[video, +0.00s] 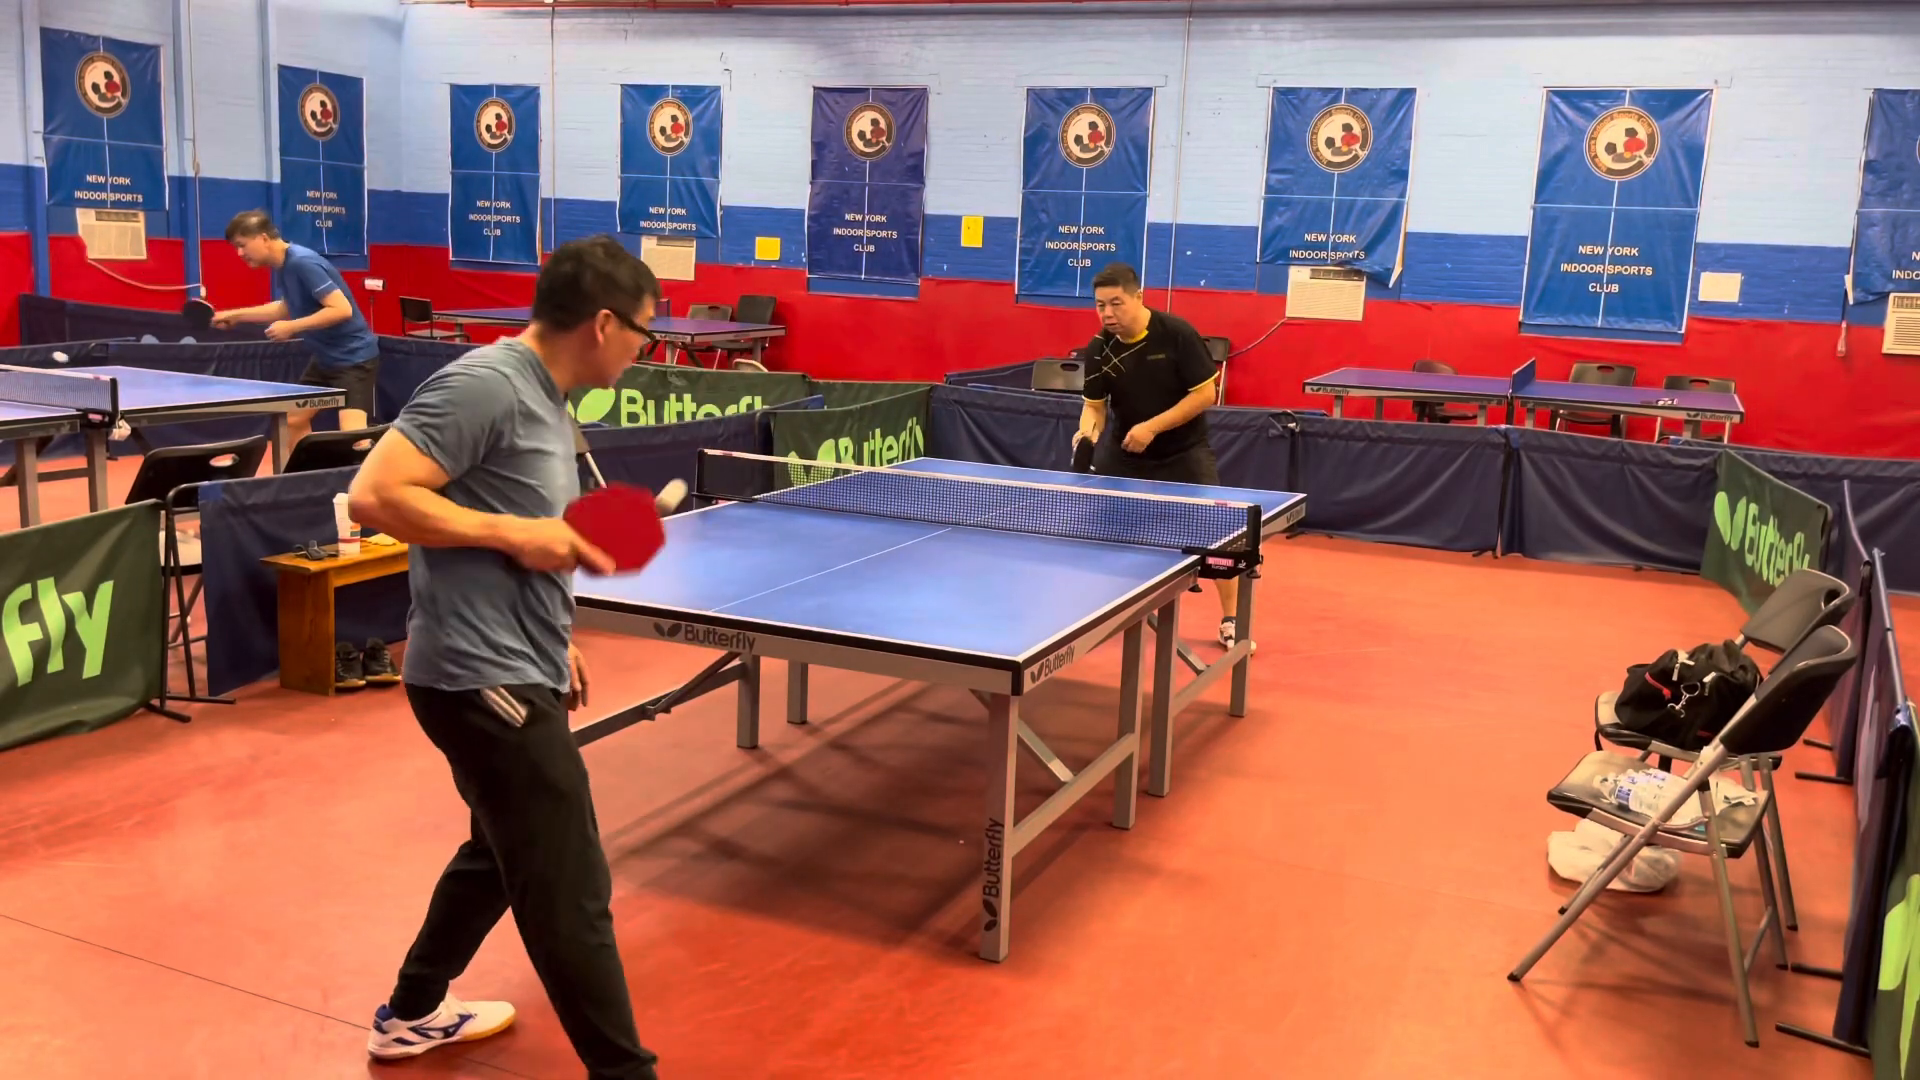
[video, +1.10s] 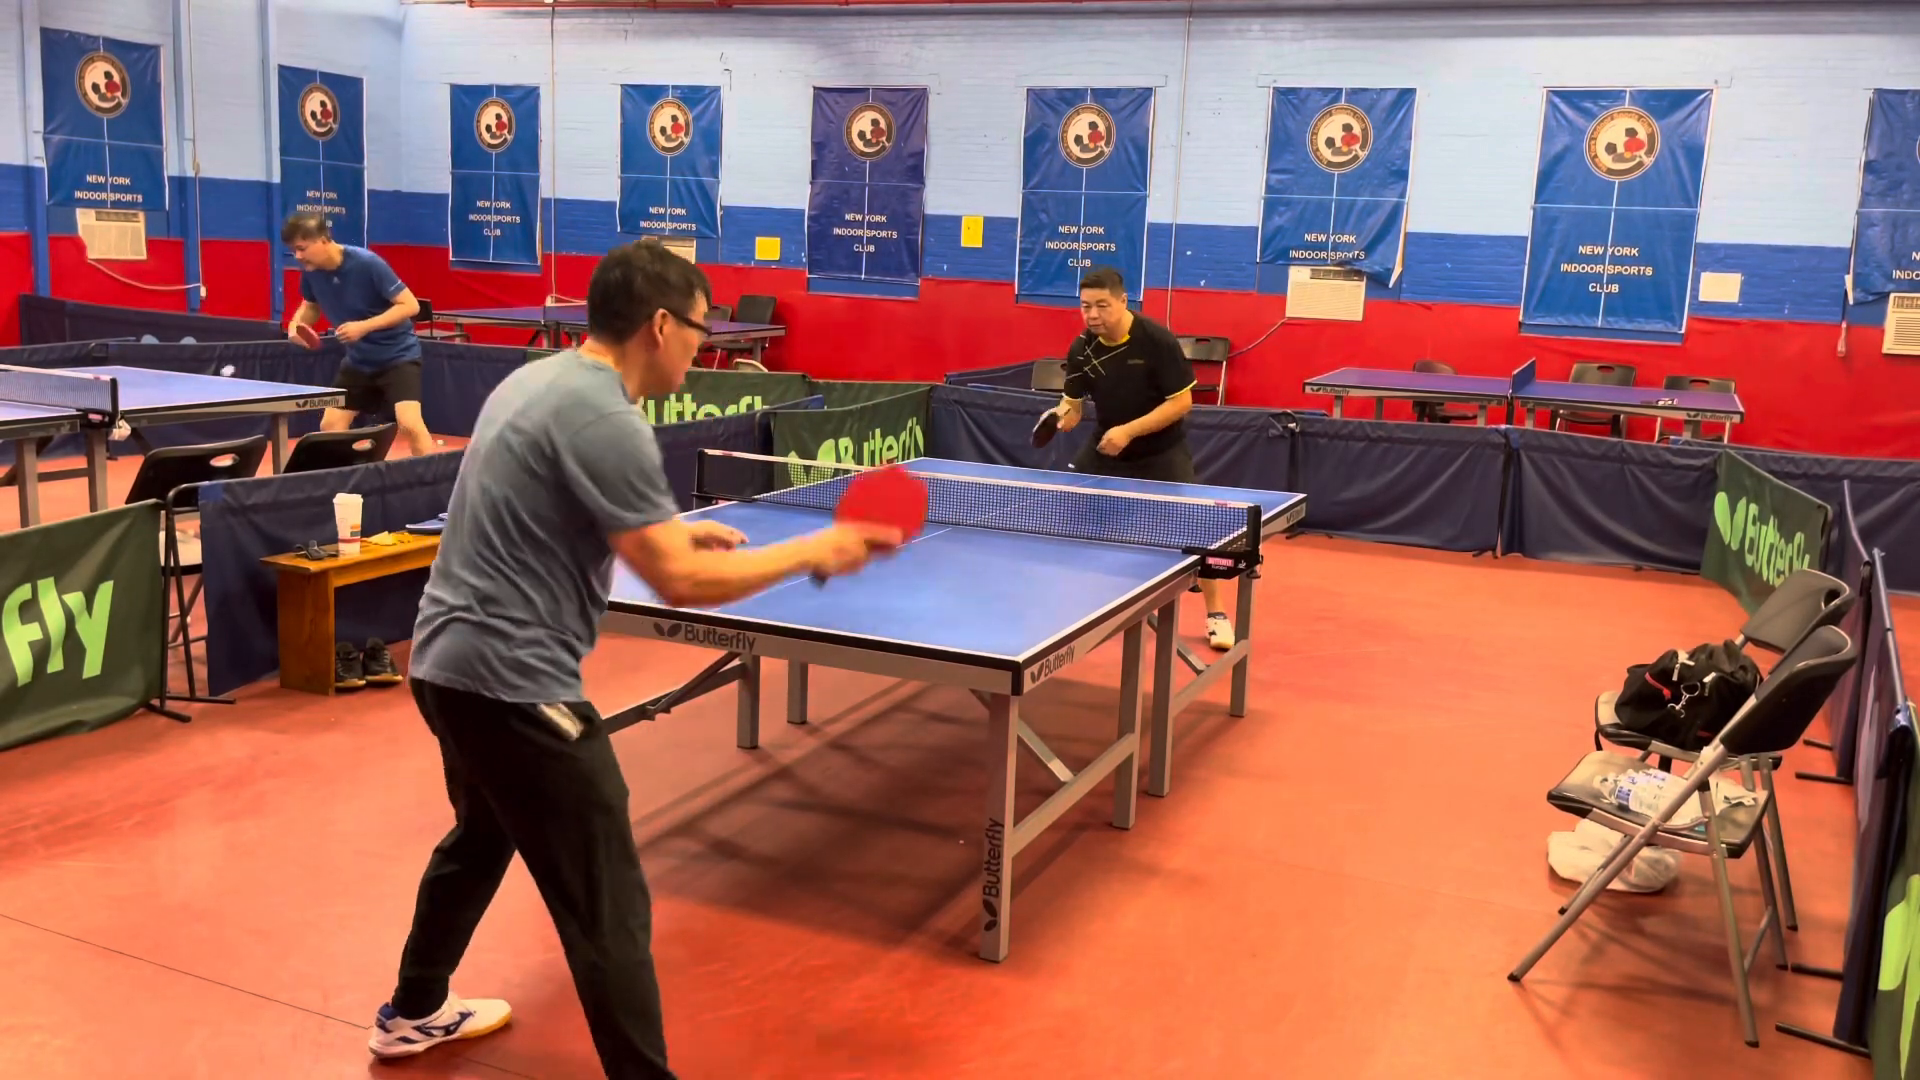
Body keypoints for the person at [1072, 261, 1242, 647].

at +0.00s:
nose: (1106, 313)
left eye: (1114, 303)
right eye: (1100, 305)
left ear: (1138, 298)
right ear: (1095, 305)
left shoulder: (1178, 334)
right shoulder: (1098, 349)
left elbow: (1206, 394)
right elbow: (1094, 406)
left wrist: (1152, 426)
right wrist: (1087, 433)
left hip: (1185, 455)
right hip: (1124, 456)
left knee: (1217, 530)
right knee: (1101, 527)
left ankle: (1230, 618)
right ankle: (1125, 609)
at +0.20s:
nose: (1087, 308)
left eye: (1094, 298)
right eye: (1082, 301)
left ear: (1118, 292)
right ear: (1080, 301)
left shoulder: (1154, 332)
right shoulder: (1097, 340)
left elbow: (1168, 400)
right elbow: (1097, 393)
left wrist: (1114, 421)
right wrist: (1068, 426)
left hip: (1177, 454)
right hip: (1125, 452)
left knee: (1205, 528)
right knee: (1086, 517)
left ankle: (1232, 617)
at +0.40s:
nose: (1069, 317)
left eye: (1075, 308)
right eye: (1065, 309)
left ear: (1102, 300)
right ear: (1067, 306)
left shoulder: (1130, 339)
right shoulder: (1106, 336)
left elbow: (1132, 412)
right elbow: (1106, 386)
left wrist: (1084, 425)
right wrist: (1059, 400)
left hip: (1163, 461)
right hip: (1121, 456)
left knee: (1194, 539)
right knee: (1073, 515)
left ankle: (1248, 620)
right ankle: (1117, 604)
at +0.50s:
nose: (1065, 317)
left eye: (1071, 308)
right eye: (1061, 309)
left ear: (1098, 300)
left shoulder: (1130, 336)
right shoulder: (1099, 334)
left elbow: (1136, 407)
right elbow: (1093, 382)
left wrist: (1088, 424)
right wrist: (1038, 375)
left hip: (1161, 459)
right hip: (1116, 454)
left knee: (1196, 534)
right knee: (1065, 510)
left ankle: (1247, 619)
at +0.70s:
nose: (1075, 311)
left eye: (1081, 301)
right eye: (1070, 303)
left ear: (1105, 292)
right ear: (1070, 302)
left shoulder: (1150, 325)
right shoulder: (1077, 340)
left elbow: (1181, 385)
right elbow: (1041, 392)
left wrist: (1127, 419)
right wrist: (1043, 357)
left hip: (1165, 450)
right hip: (1107, 448)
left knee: (1196, 522)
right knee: (1055, 505)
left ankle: (1224, 611)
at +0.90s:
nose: (1104, 319)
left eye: (1112, 309)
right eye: (1098, 310)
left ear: (1136, 303)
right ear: (1093, 310)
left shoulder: (1176, 338)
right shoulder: (1093, 352)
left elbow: (1204, 394)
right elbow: (1073, 419)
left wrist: (1160, 429)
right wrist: (1074, 396)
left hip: (1172, 449)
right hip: (1109, 446)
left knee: (1200, 521)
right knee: (1055, 504)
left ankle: (1218, 614)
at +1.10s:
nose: (1091, 315)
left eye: (1100, 305)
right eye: (1085, 306)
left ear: (1122, 301)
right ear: (1080, 307)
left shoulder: (1158, 341)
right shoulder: (1082, 348)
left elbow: (1182, 402)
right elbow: (1073, 402)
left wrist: (1128, 430)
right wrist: (1065, 416)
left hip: (1162, 450)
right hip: (1106, 448)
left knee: (1194, 523)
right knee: (1059, 503)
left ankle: (1216, 614)